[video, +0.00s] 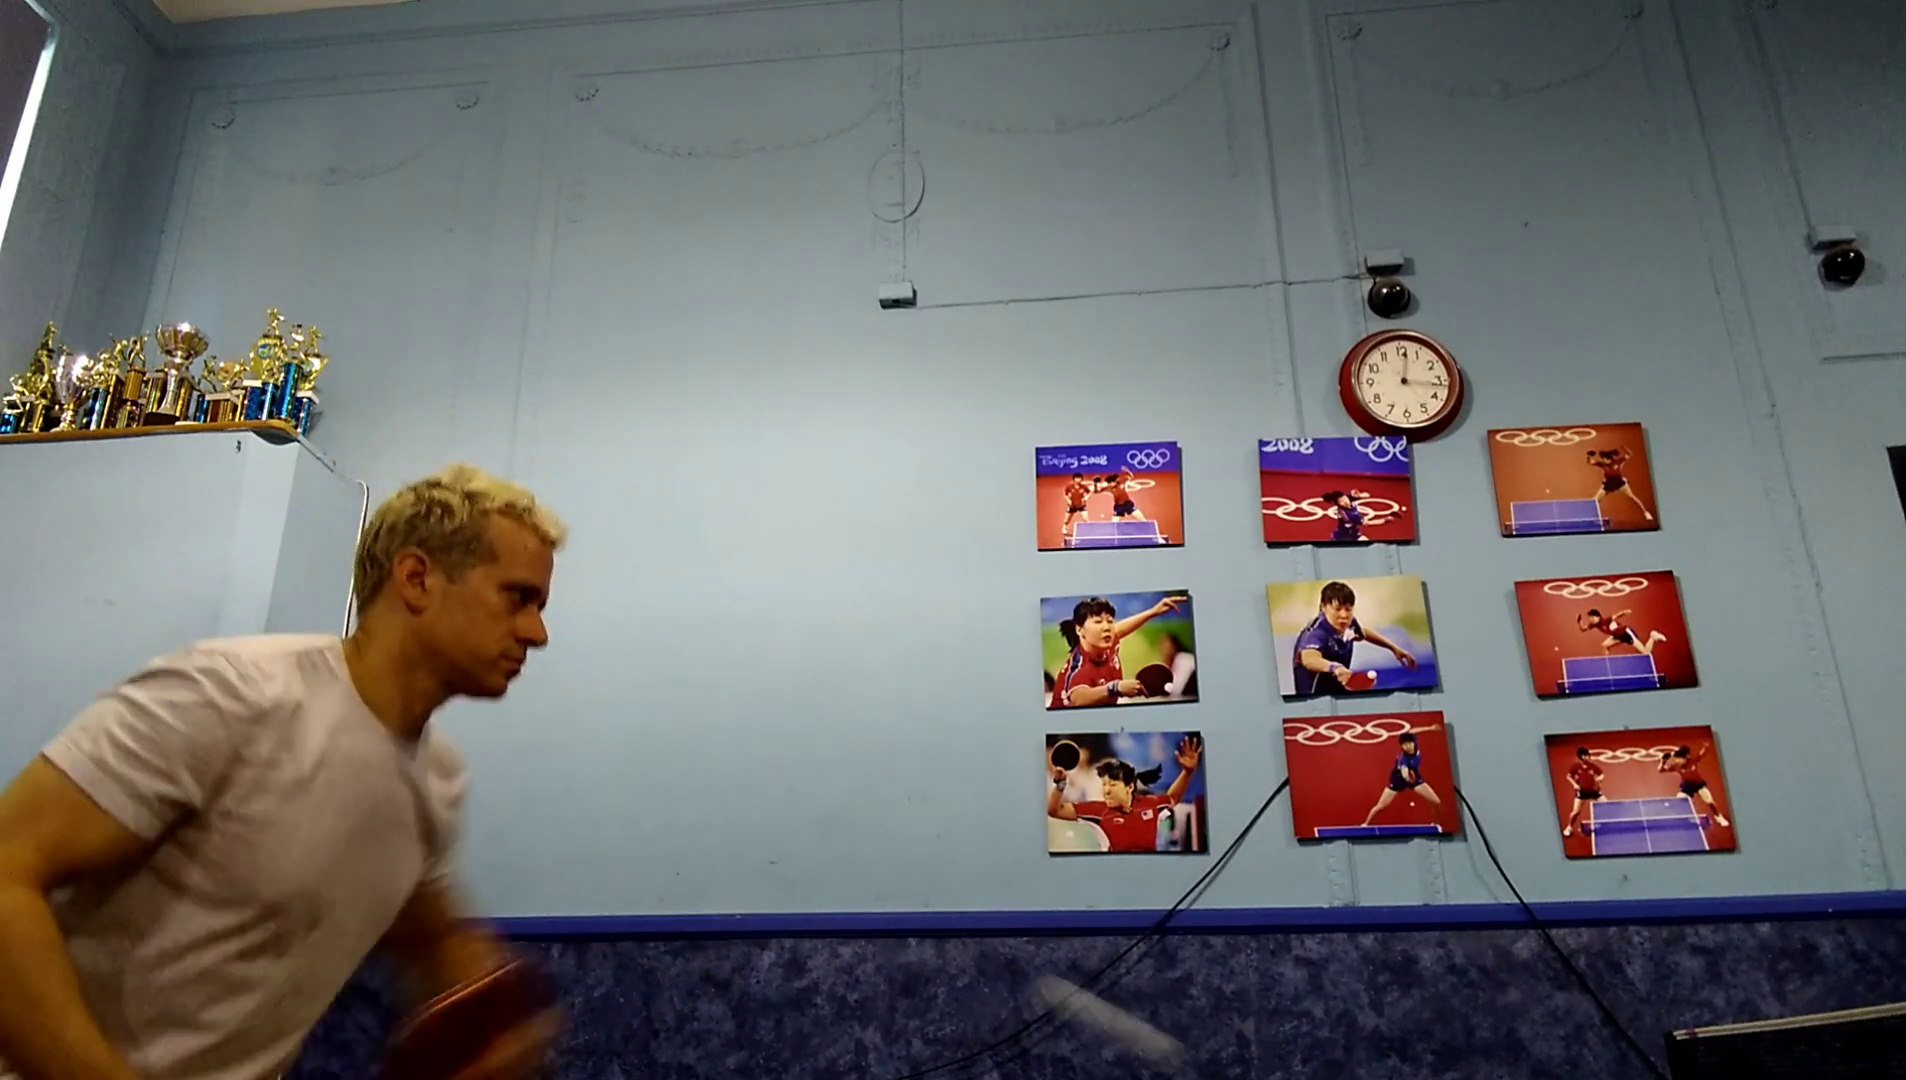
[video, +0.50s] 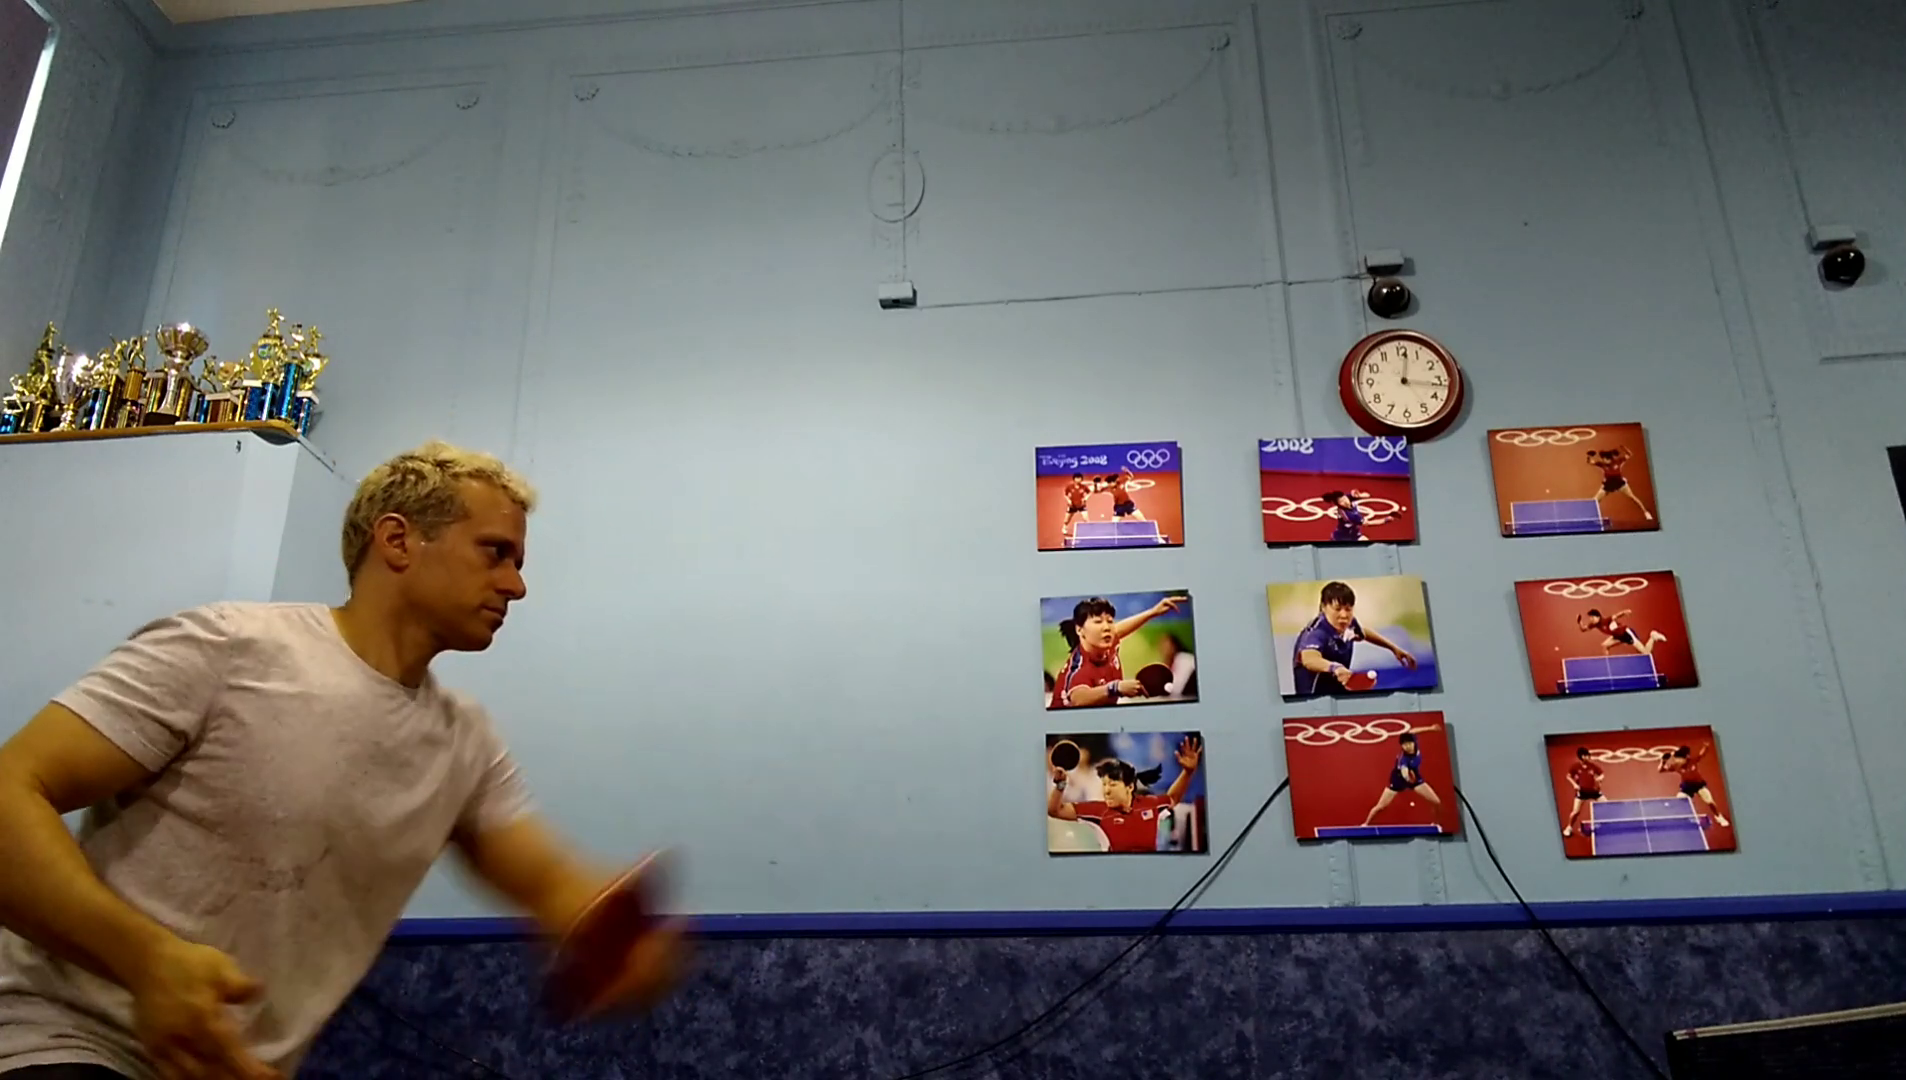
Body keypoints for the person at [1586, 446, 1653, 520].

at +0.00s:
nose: (1605, 461)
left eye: (1606, 460)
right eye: (1603, 460)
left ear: (1610, 458)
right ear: (1603, 459)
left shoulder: (1618, 462)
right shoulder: (1602, 464)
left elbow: (1629, 455)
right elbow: (1590, 463)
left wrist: (1624, 448)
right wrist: (1589, 457)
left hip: (1620, 482)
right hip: (1608, 483)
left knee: (1632, 497)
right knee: (1595, 499)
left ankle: (1645, 512)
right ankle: (1591, 519)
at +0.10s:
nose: (1605, 461)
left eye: (1606, 460)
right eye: (1604, 460)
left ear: (1610, 458)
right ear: (1603, 459)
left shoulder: (1618, 462)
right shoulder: (1602, 464)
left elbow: (1629, 456)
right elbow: (1590, 463)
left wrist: (1624, 448)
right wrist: (1589, 456)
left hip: (1620, 482)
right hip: (1608, 483)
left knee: (1632, 497)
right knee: (1596, 499)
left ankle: (1645, 512)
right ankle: (1592, 519)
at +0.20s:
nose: (1605, 461)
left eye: (1606, 460)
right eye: (1604, 460)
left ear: (1610, 458)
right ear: (1603, 459)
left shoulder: (1618, 462)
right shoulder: (1602, 464)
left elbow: (1629, 456)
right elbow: (1590, 463)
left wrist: (1624, 449)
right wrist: (1589, 456)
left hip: (1620, 482)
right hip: (1608, 483)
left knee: (1632, 497)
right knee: (1596, 499)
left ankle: (1645, 512)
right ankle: (1591, 519)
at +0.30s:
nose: (1605, 461)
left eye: (1606, 459)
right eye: (1604, 460)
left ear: (1610, 458)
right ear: (1603, 459)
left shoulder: (1618, 462)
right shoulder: (1602, 464)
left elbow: (1629, 456)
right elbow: (1590, 463)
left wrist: (1624, 449)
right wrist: (1589, 456)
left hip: (1620, 482)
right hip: (1608, 483)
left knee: (1632, 497)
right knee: (1596, 499)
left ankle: (1645, 512)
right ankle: (1591, 519)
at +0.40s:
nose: (1605, 461)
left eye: (1606, 459)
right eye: (1604, 460)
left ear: (1610, 458)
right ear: (1603, 459)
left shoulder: (1618, 462)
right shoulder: (1602, 464)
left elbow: (1629, 456)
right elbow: (1590, 463)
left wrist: (1624, 449)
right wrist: (1589, 456)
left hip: (1620, 482)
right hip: (1608, 483)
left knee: (1632, 497)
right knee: (1596, 499)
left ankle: (1645, 512)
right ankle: (1591, 519)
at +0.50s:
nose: (1605, 461)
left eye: (1606, 459)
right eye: (1604, 460)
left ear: (1610, 458)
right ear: (1603, 459)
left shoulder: (1618, 462)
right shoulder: (1602, 464)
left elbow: (1629, 456)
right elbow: (1590, 463)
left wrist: (1624, 449)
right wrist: (1589, 456)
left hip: (1620, 482)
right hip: (1608, 483)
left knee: (1632, 497)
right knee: (1596, 499)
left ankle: (1645, 512)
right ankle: (1591, 519)